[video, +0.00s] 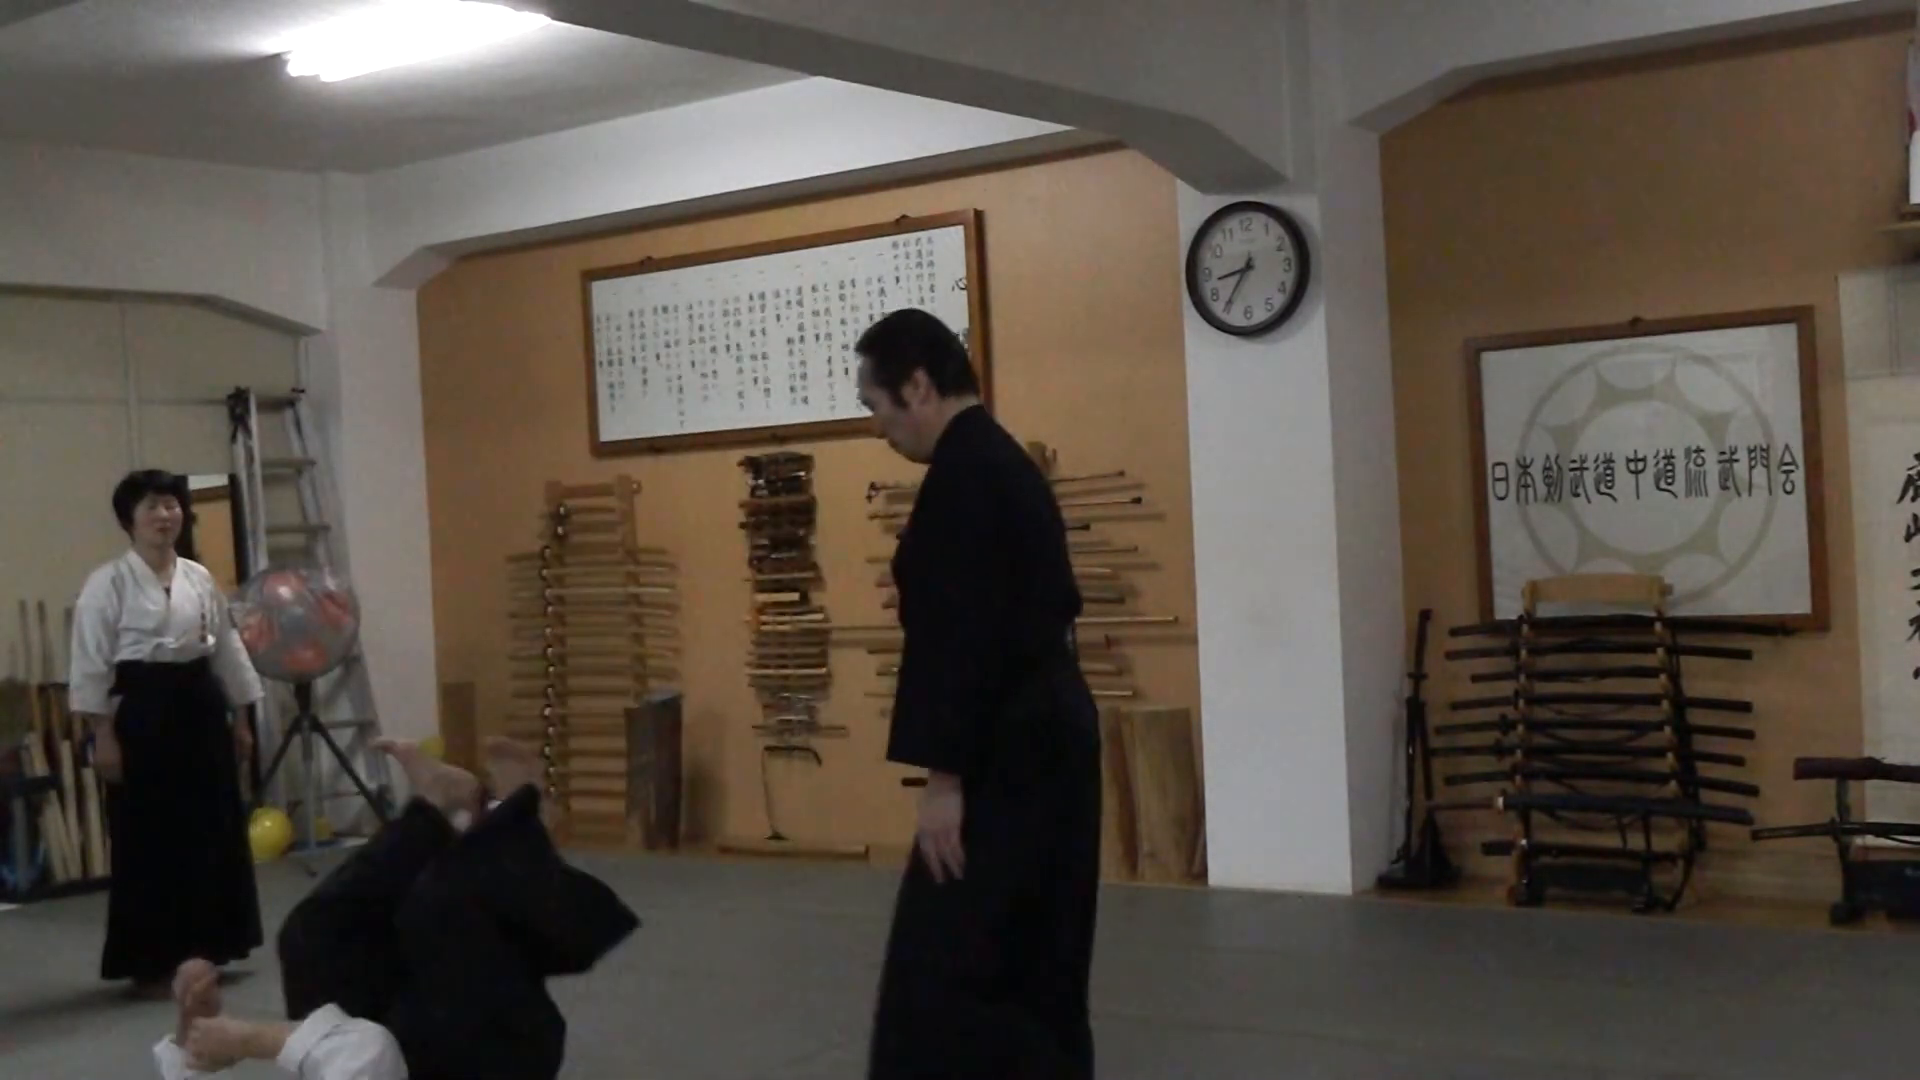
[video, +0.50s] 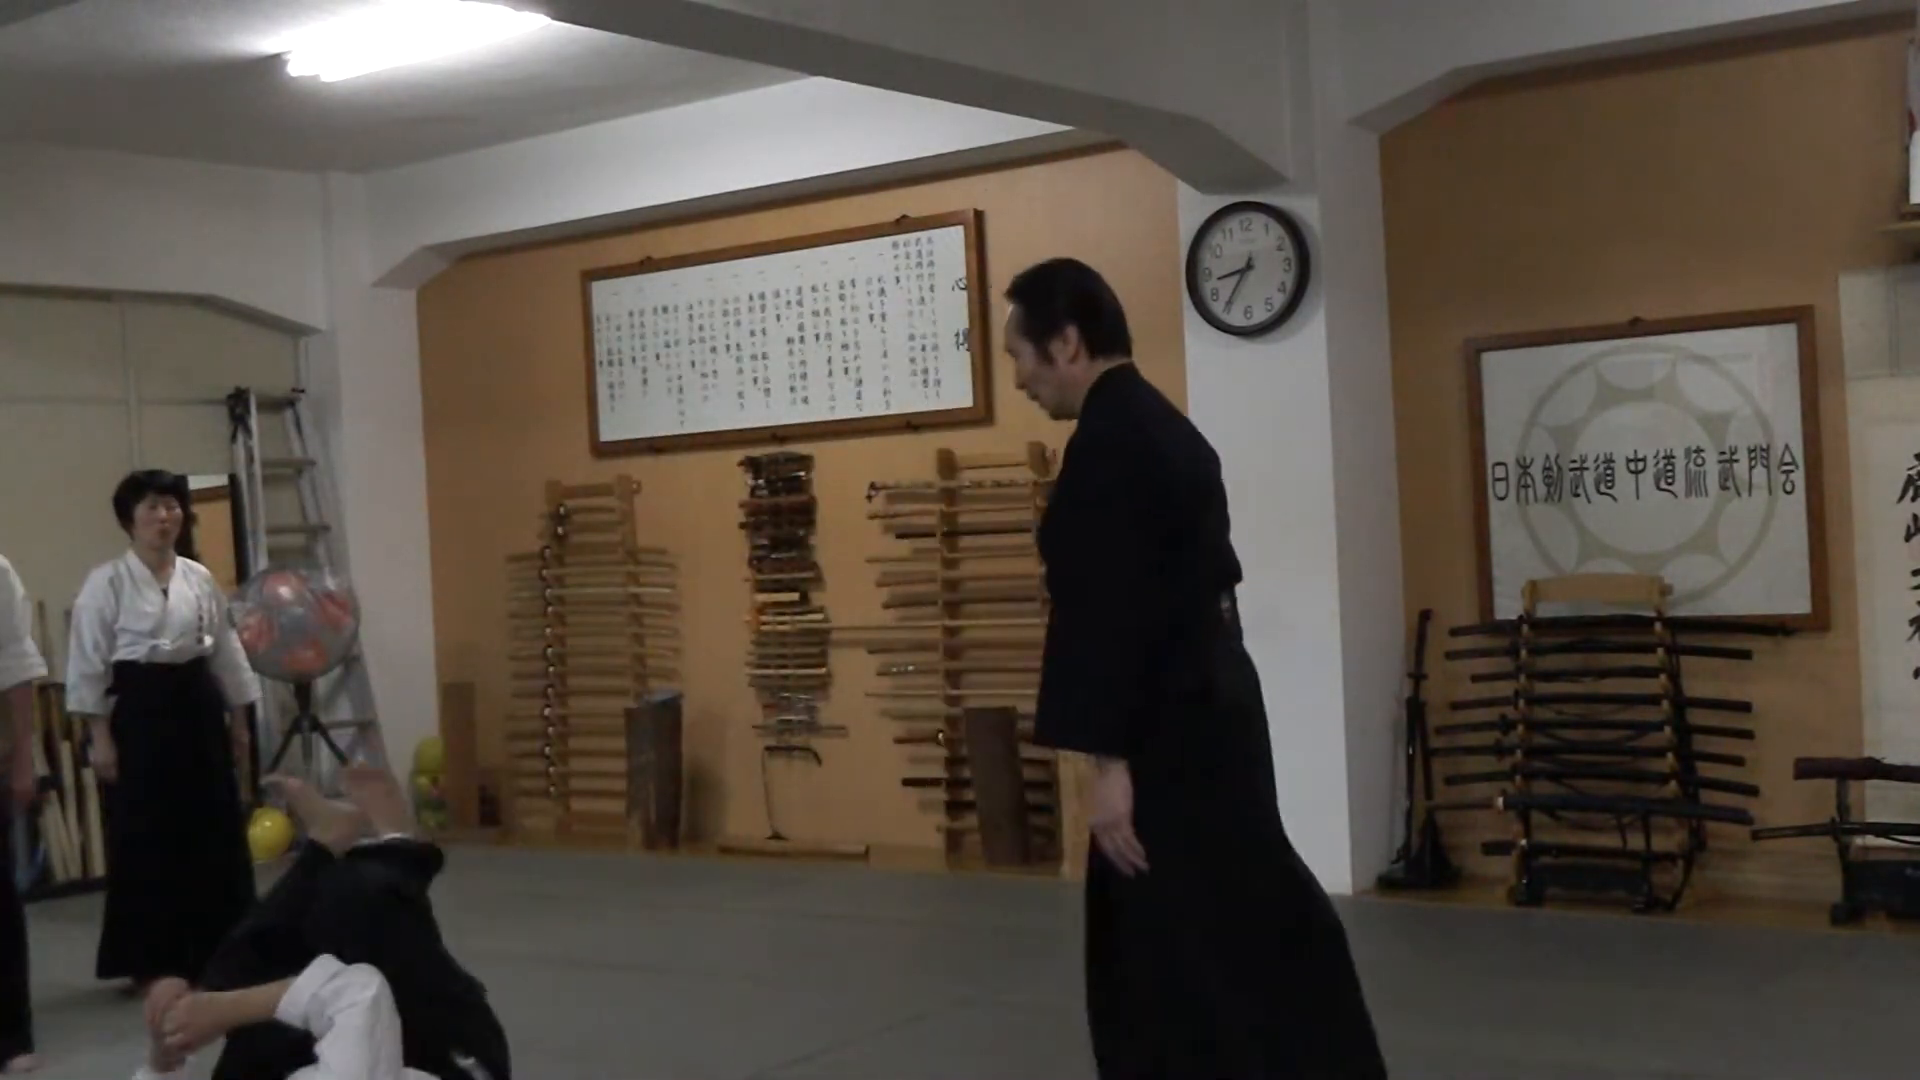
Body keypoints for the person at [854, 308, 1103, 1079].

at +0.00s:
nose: (878, 427)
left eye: (877, 407)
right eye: (872, 411)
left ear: (919, 388)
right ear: (938, 384)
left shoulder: (963, 472)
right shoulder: (1003, 462)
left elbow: (956, 634)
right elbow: (1043, 605)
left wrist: (942, 780)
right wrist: (929, 590)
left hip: (1005, 754)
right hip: (1048, 742)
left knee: (937, 976)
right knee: (1035, 967)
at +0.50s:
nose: (1016, 375)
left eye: (1019, 353)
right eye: (1012, 356)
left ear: (1067, 343)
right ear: (1085, 340)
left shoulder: (1109, 439)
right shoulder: (1155, 425)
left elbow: (1109, 611)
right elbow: (1197, 590)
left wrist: (1107, 764)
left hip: (1165, 725)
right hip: (1210, 707)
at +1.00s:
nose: (1068, 354)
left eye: (1074, 332)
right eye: (1067, 333)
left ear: (1120, 330)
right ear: (1142, 329)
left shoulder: (1138, 437)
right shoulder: (1219, 426)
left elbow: (1101, 599)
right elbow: (1219, 599)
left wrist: (1077, 753)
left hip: (1170, 737)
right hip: (1238, 721)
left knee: (1166, 964)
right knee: (1243, 952)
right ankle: (1254, 1070)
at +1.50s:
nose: (1034, 362)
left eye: (1041, 343)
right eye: (1034, 344)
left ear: (1083, 341)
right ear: (1113, 344)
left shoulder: (1087, 448)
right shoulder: (1185, 444)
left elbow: (1061, 604)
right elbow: (1180, 605)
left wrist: (1040, 753)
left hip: (1112, 740)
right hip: (1191, 728)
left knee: (1109, 957)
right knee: (1200, 945)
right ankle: (1211, 1068)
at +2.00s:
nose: (981, 373)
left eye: (983, 354)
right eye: (979, 355)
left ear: (1020, 352)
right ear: (1059, 352)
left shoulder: (1026, 447)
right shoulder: (1122, 445)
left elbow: (1004, 593)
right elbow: (1153, 597)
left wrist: (992, 722)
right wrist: (1142, 694)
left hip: (1056, 724)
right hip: (1132, 719)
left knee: (1029, 935)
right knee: (1132, 927)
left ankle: (1035, 1069)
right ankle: (1135, 1065)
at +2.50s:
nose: (907, 376)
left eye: (910, 358)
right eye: (907, 359)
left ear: (937, 358)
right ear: (991, 358)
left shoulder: (939, 453)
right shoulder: (1048, 454)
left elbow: (915, 598)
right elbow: (1053, 605)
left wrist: (910, 731)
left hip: (971, 725)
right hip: (1051, 716)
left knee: (965, 928)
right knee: (1062, 914)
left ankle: (969, 1065)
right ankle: (1074, 1062)